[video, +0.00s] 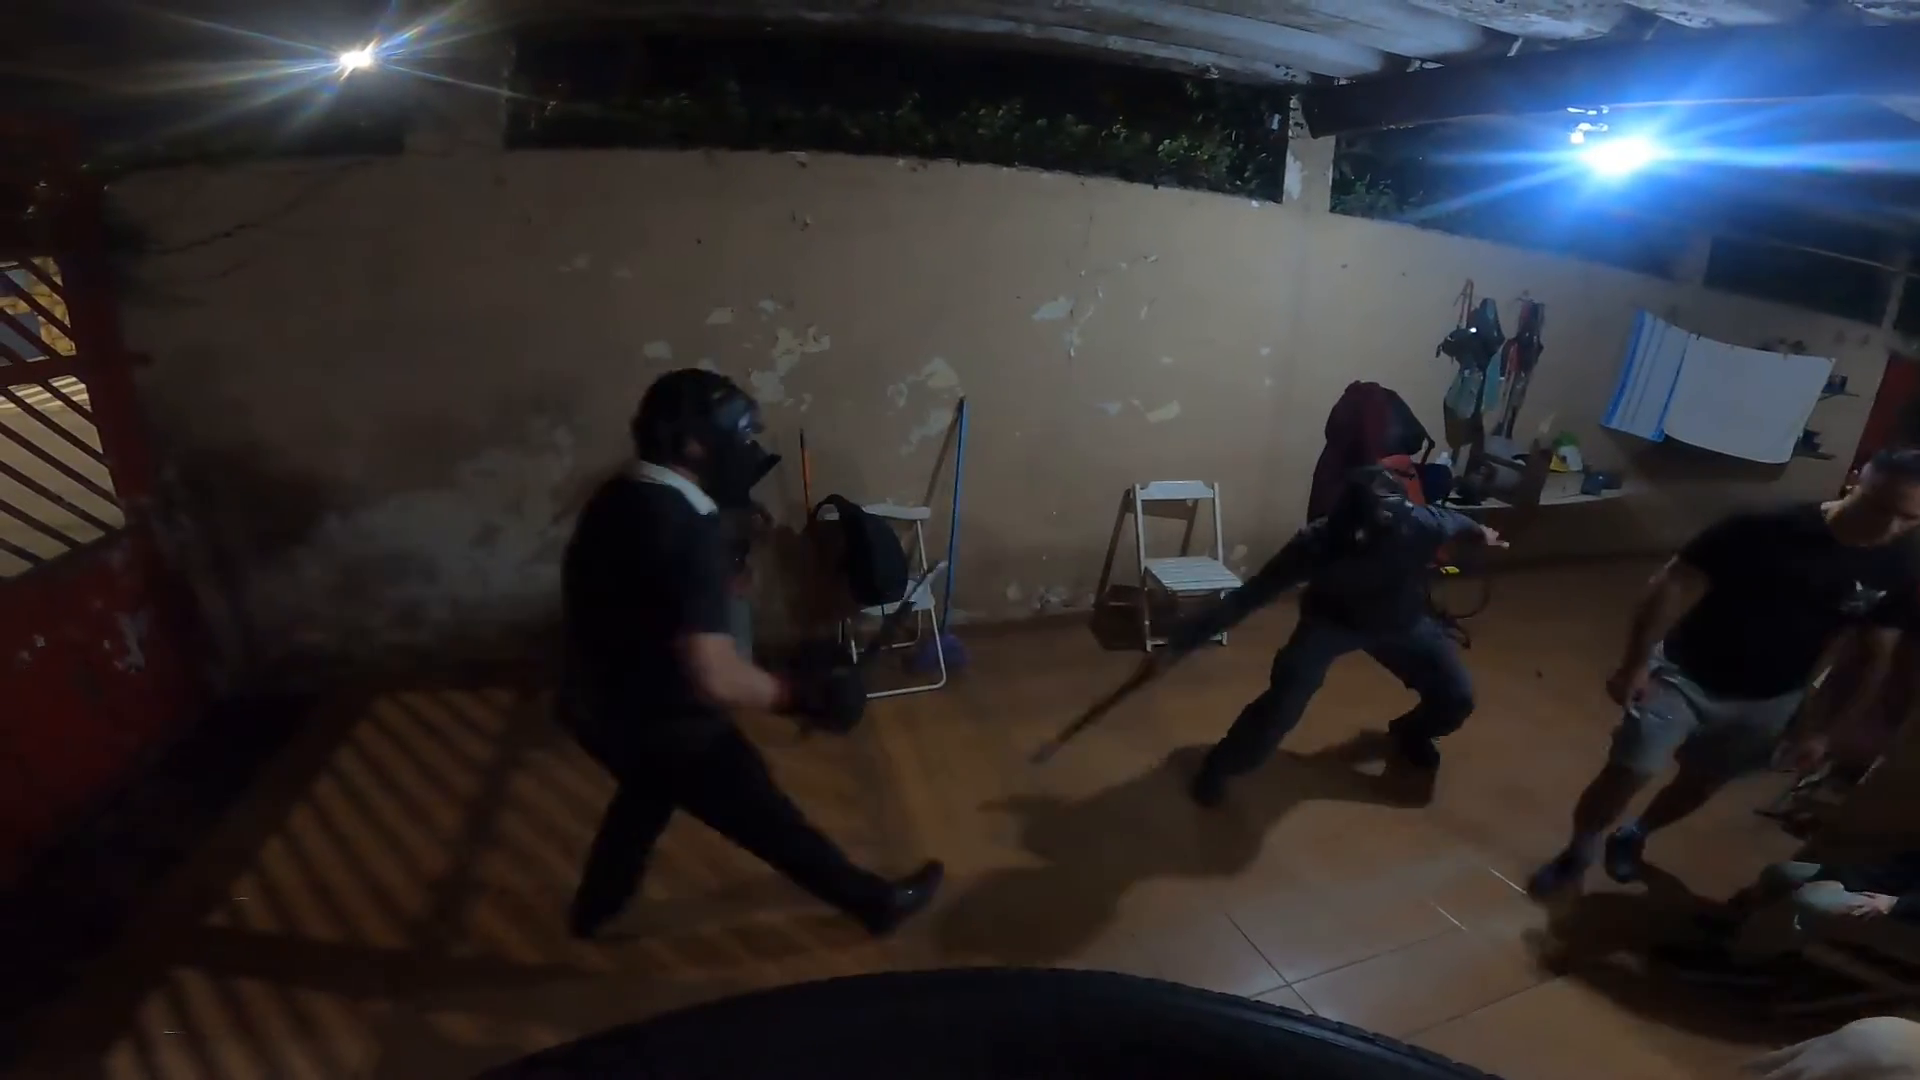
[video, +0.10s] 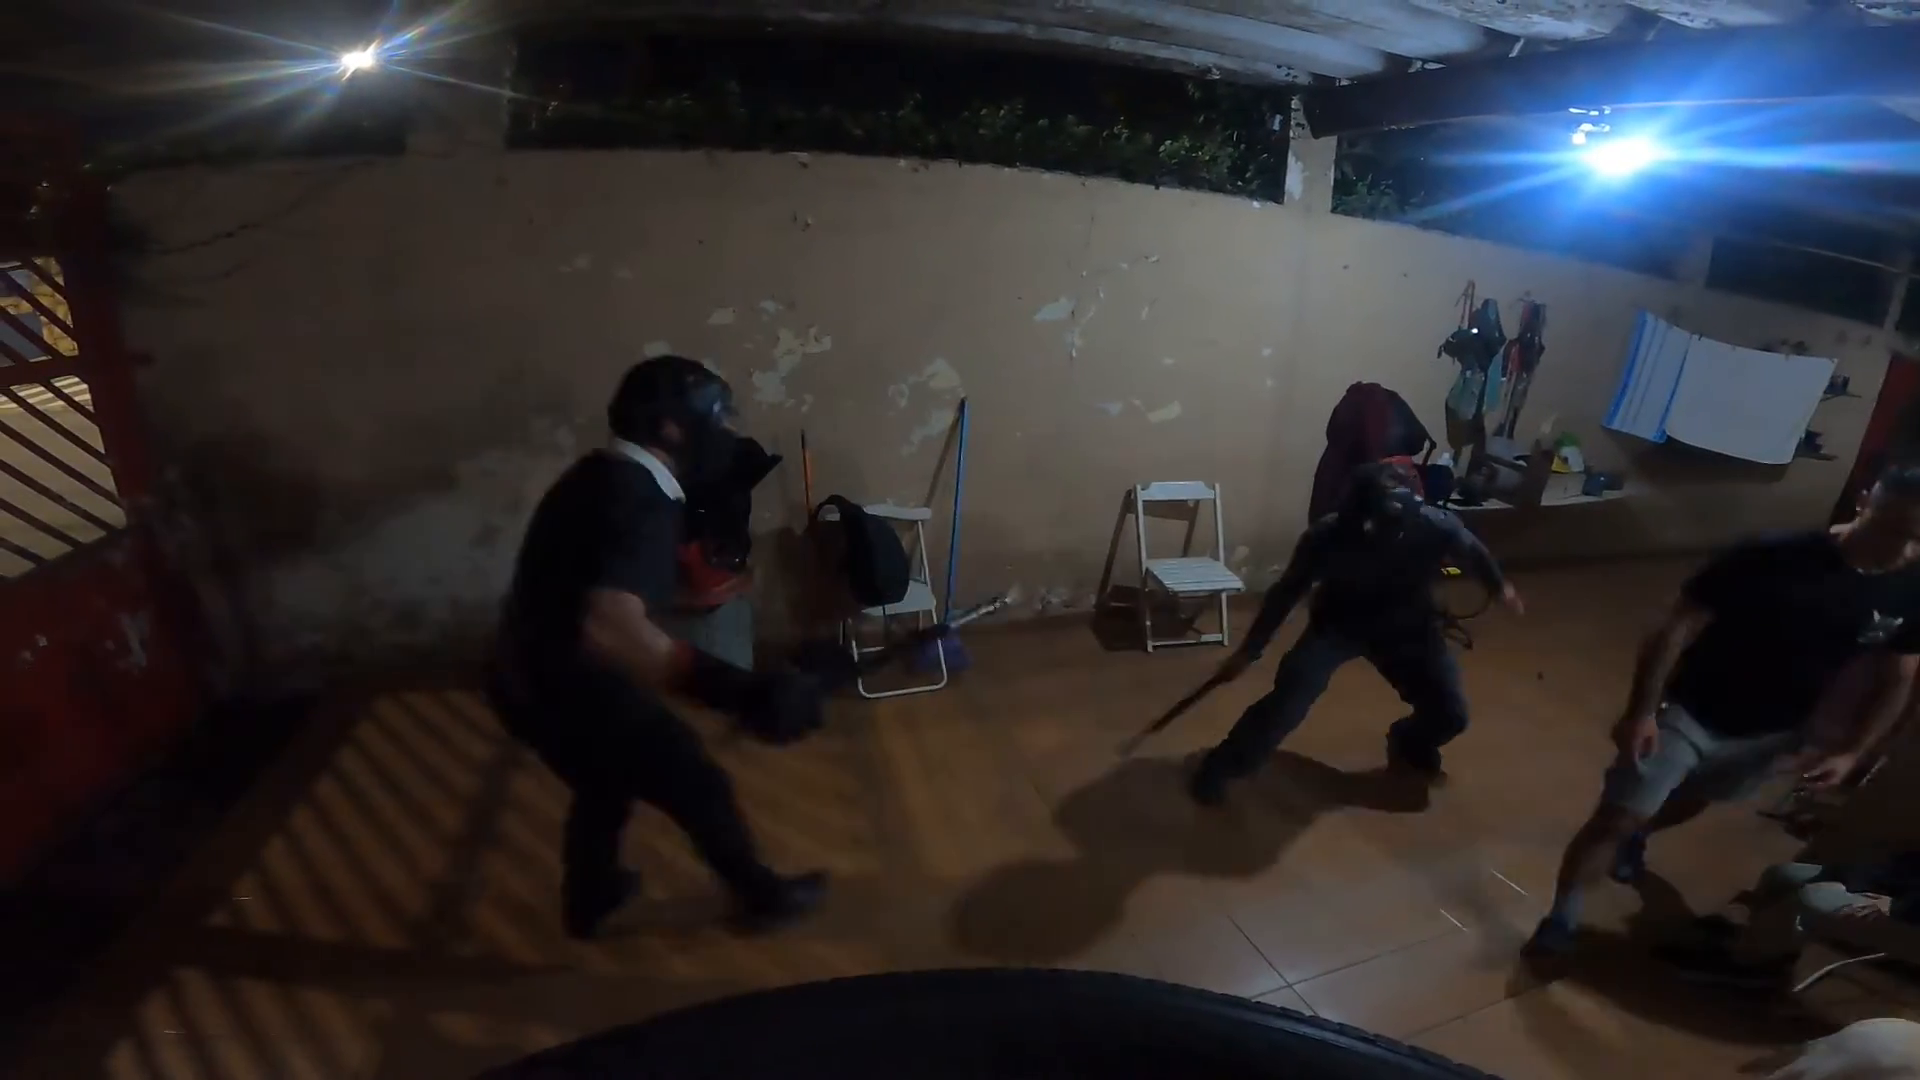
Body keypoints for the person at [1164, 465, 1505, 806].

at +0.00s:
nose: (1382, 534)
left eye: (1388, 522)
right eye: (1371, 527)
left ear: (1397, 517)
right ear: (1350, 523)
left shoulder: (1416, 525)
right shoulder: (1318, 541)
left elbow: (1455, 524)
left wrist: (1480, 533)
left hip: (1398, 622)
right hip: (1329, 624)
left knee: (1456, 697)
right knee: (1285, 703)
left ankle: (1411, 734)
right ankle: (1218, 770)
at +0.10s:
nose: (1395, 523)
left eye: (1402, 513)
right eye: (1386, 514)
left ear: (1411, 507)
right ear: (1363, 512)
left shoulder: (1431, 526)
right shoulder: (1327, 537)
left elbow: (1472, 551)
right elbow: (1285, 593)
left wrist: (1500, 585)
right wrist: (1248, 651)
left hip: (1405, 628)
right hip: (1336, 626)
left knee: (1450, 715)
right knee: (1287, 707)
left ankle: (1411, 743)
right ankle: (1218, 770)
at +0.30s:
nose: (1425, 491)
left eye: (1433, 481)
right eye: (1416, 481)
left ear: (1445, 474)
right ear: (1395, 474)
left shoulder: (1475, 514)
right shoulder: (1364, 507)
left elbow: (1517, 573)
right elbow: (1323, 563)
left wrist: (1521, 642)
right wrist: (1285, 614)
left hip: (1430, 626)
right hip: (1362, 619)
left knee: (1453, 723)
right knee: (1299, 699)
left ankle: (1413, 744)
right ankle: (1222, 771)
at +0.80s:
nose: (1407, 439)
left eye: (1419, 431)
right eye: (1406, 427)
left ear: (1450, 436)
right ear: (1401, 426)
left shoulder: (1488, 487)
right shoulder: (1370, 467)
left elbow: (1505, 564)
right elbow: (1334, 526)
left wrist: (1481, 627)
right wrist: (1293, 572)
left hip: (1424, 619)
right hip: (1355, 605)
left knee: (1438, 709)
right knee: (1296, 676)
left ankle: (1420, 736)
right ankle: (1233, 764)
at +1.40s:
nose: (1364, 467)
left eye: (1375, 459)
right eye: (1356, 456)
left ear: (1400, 445)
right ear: (1348, 441)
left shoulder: (1438, 487)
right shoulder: (1323, 474)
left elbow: (1468, 567)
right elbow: (1287, 532)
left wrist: (1433, 594)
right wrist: (1245, 584)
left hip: (1390, 611)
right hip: (1321, 601)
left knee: (1397, 707)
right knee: (1272, 680)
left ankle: (1391, 747)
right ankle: (1233, 762)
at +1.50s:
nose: (1354, 452)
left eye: (1365, 444)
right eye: (1353, 441)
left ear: (1401, 445)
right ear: (1353, 438)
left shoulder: (1442, 490)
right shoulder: (1330, 473)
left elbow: (1450, 571)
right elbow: (1297, 536)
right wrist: (1267, 593)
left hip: (1393, 612)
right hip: (1324, 599)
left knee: (1396, 705)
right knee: (1273, 677)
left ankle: (1391, 747)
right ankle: (1234, 760)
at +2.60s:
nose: (1296, 460)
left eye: (1304, 452)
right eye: (1291, 450)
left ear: (1329, 440)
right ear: (1288, 440)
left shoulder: (1377, 482)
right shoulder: (1276, 463)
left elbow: (1417, 566)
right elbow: (1250, 514)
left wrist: (1362, 604)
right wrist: (1206, 560)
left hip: (1339, 598)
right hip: (1274, 585)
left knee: (1341, 701)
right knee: (1216, 675)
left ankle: (1338, 741)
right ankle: (1216, 760)